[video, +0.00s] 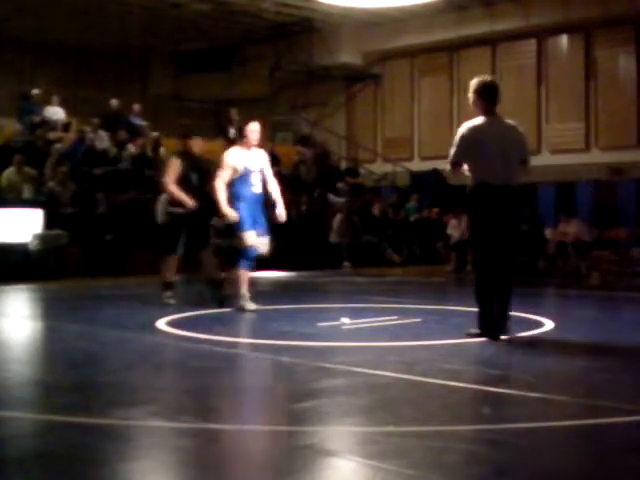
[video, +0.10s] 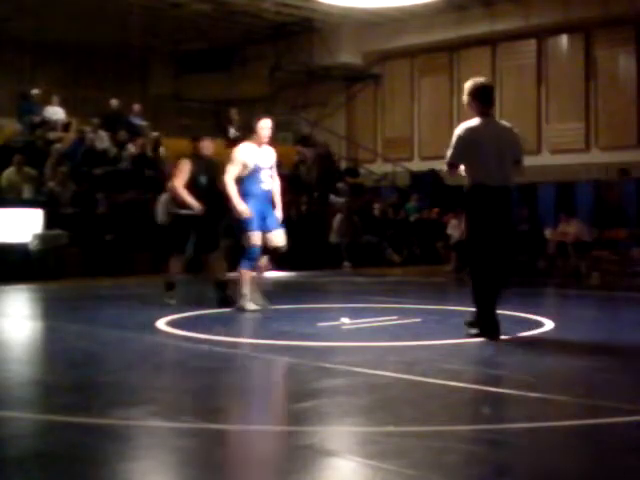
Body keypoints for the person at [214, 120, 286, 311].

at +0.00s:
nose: (255, 136)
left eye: (257, 133)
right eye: (252, 133)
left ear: (260, 135)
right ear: (244, 135)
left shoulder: (262, 155)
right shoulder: (232, 155)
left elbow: (271, 181)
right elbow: (220, 182)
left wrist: (279, 204)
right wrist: (225, 208)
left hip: (258, 203)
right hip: (241, 204)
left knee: (262, 245)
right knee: (248, 245)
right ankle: (243, 294)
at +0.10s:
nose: (267, 133)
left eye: (269, 129)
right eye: (263, 129)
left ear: (271, 132)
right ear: (255, 130)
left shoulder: (270, 153)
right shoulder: (243, 150)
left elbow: (274, 179)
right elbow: (229, 177)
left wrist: (278, 205)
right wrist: (238, 203)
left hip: (267, 201)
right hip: (250, 202)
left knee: (278, 241)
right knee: (253, 245)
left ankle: (253, 283)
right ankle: (245, 293)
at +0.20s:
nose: (279, 131)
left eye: (282, 128)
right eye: (276, 127)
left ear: (284, 131)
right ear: (268, 128)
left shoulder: (280, 151)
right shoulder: (255, 148)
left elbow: (275, 177)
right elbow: (238, 173)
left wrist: (277, 199)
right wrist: (250, 198)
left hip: (275, 202)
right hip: (259, 201)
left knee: (290, 240)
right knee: (257, 244)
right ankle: (245, 293)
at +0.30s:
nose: (293, 133)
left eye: (295, 129)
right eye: (289, 129)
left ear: (296, 131)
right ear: (280, 130)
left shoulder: (292, 153)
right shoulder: (267, 149)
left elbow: (286, 178)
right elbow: (249, 173)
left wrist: (287, 198)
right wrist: (267, 197)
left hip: (286, 202)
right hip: (268, 202)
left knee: (296, 246)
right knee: (263, 246)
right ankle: (245, 293)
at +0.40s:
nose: (305, 135)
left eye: (307, 131)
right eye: (302, 131)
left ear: (309, 134)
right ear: (293, 131)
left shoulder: (303, 155)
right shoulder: (280, 151)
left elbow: (298, 180)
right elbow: (266, 176)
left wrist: (302, 199)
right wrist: (287, 197)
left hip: (300, 206)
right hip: (282, 206)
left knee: (311, 249)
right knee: (273, 248)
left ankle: (325, 296)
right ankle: (247, 292)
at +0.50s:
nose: (318, 134)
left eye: (320, 131)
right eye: (315, 130)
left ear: (321, 133)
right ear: (306, 130)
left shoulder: (315, 155)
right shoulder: (292, 151)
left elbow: (311, 182)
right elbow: (286, 180)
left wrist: (315, 202)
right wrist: (305, 202)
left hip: (314, 205)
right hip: (296, 205)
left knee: (325, 249)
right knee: (292, 249)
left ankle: (327, 296)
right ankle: (256, 286)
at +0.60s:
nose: (328, 132)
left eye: (330, 128)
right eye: (325, 127)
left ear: (331, 130)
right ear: (316, 127)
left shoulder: (325, 153)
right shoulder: (303, 149)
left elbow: (327, 185)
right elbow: (297, 178)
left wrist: (340, 208)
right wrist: (317, 202)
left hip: (326, 203)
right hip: (309, 203)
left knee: (331, 251)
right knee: (312, 253)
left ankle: (328, 297)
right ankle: (275, 284)